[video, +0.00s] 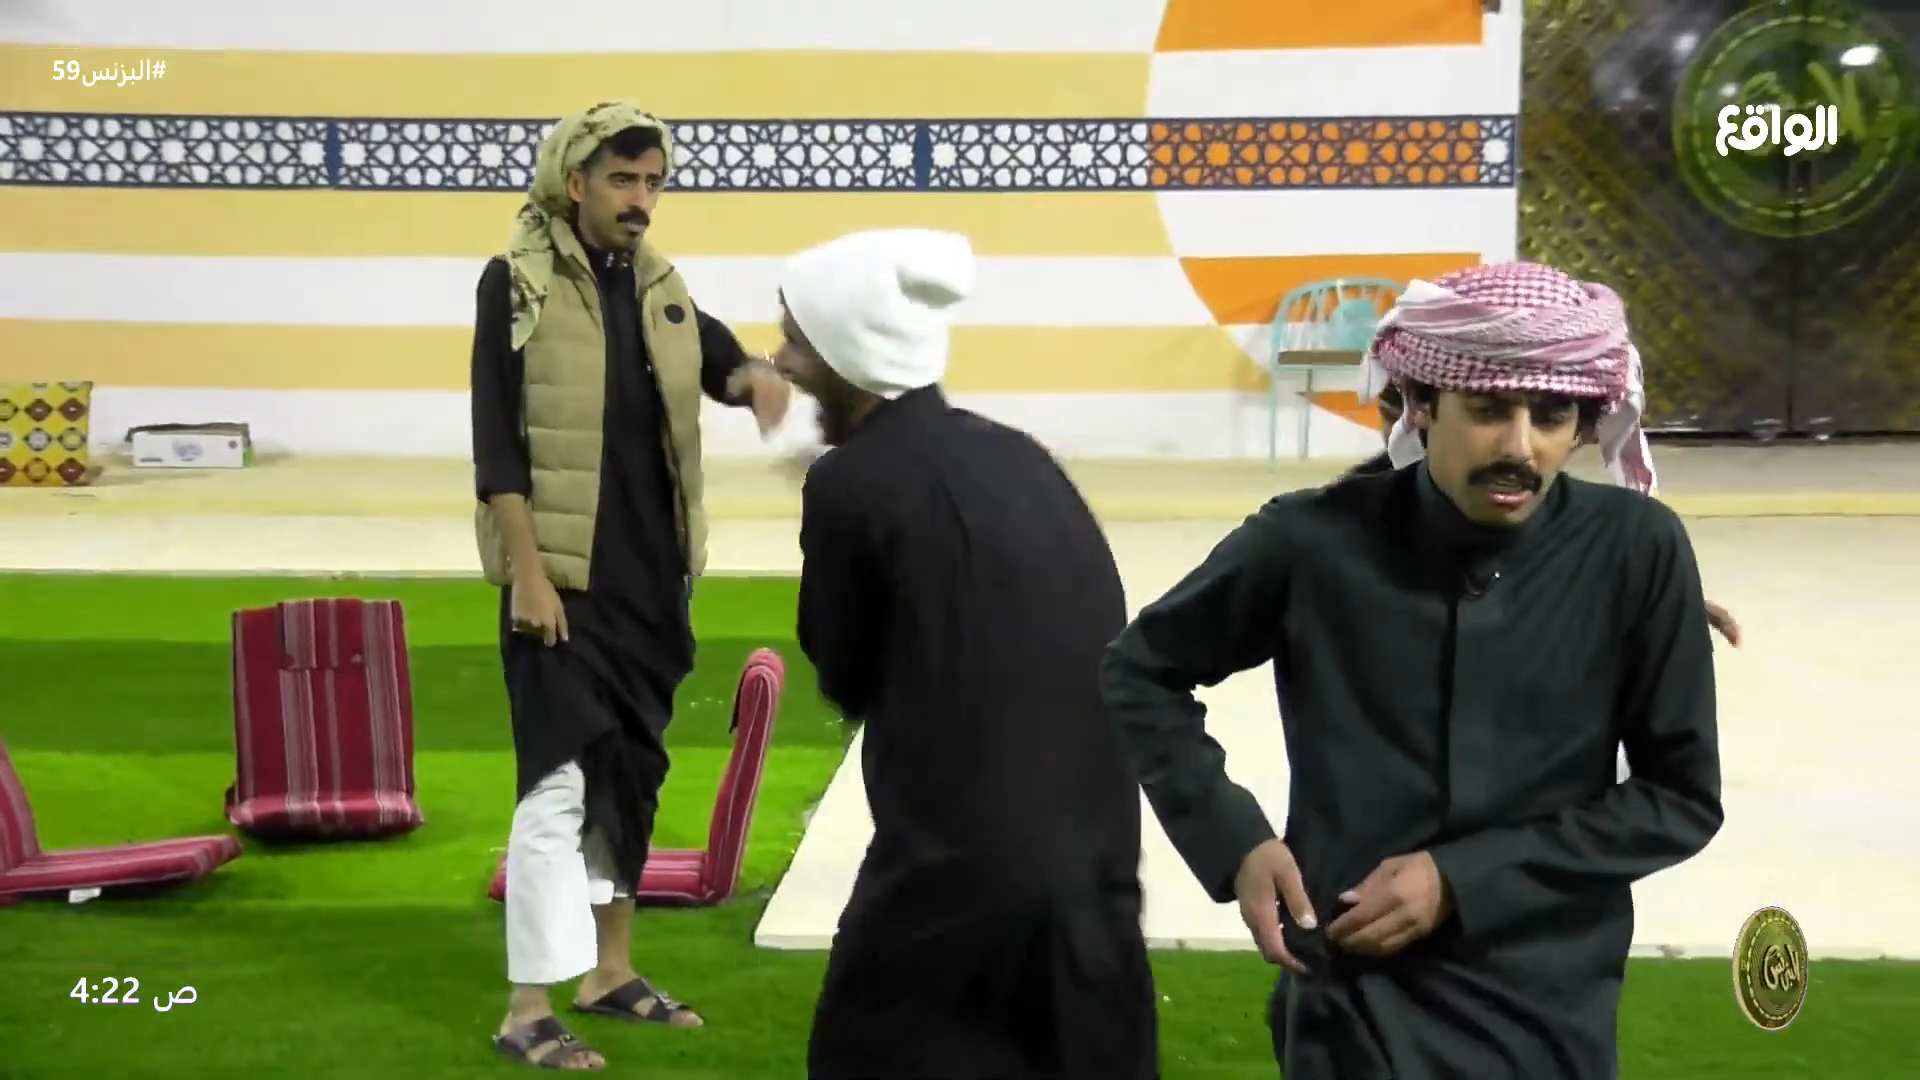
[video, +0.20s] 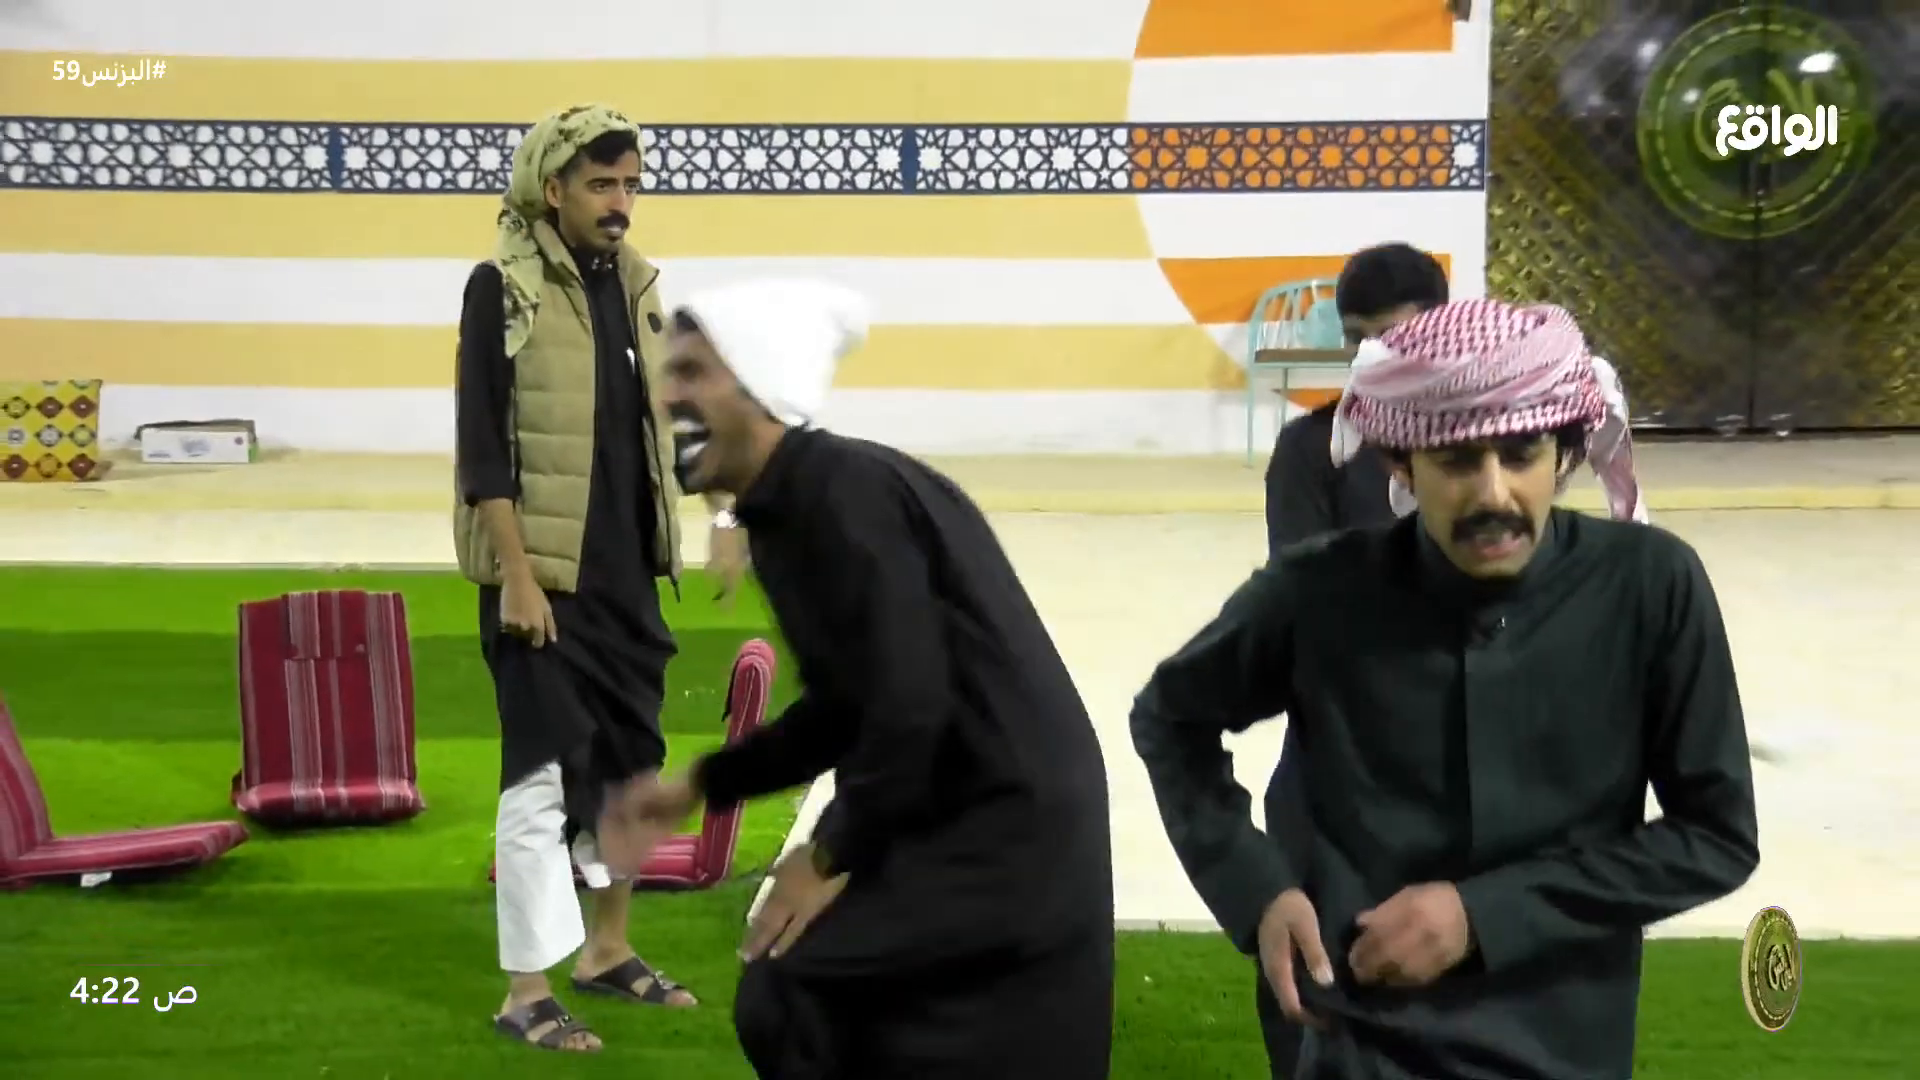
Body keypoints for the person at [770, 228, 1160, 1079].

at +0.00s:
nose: (781, 358)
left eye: (795, 341)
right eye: (787, 337)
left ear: (840, 364)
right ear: (908, 355)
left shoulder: (849, 481)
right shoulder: (1025, 456)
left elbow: (844, 675)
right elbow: (1099, 625)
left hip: (946, 864)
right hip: (1092, 856)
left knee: (870, 1057)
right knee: (1086, 1059)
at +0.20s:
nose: (668, 397)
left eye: (693, 371)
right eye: (666, 373)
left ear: (768, 381)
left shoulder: (839, 488)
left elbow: (907, 705)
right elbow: (840, 709)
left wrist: (827, 855)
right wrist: (697, 788)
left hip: (1011, 846)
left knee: (785, 1000)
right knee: (781, 981)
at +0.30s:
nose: (592, 469)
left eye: (604, 433)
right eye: (578, 451)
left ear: (679, 417)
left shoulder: (815, 491)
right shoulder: (696, 570)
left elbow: (938, 663)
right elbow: (758, 737)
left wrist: (839, 818)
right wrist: (702, 854)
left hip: (1005, 799)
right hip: (883, 801)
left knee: (1021, 1034)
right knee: (761, 974)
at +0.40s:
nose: (556, 521)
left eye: (558, 487)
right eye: (535, 507)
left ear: (625, 447)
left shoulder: (776, 501)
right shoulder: (643, 591)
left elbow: (912, 654)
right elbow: (715, 745)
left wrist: (830, 825)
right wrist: (691, 877)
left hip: (966, 771)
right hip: (830, 770)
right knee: (727, 975)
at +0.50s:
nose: (473, 581)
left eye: (475, 551)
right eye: (456, 563)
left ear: (539, 503)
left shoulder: (697, 531)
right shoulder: (573, 625)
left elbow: (838, 669)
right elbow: (652, 769)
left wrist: (810, 860)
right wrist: (635, 904)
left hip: (892, 787)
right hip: (753, 789)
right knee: (687, 1009)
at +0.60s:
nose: (389, 614)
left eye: (400, 586)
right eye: (376, 591)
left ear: (469, 543)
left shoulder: (621, 556)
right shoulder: (497, 627)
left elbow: (782, 683)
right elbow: (586, 770)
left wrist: (792, 874)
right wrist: (586, 923)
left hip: (828, 791)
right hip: (696, 793)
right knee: (630, 995)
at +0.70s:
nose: (271, 631)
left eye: (273, 606)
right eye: (258, 612)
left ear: (332, 568)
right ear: (314, 581)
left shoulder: (515, 571)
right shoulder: (401, 634)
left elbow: (702, 693)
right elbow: (492, 765)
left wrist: (736, 879)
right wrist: (485, 912)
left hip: (710, 864)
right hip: (588, 878)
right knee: (548, 1028)